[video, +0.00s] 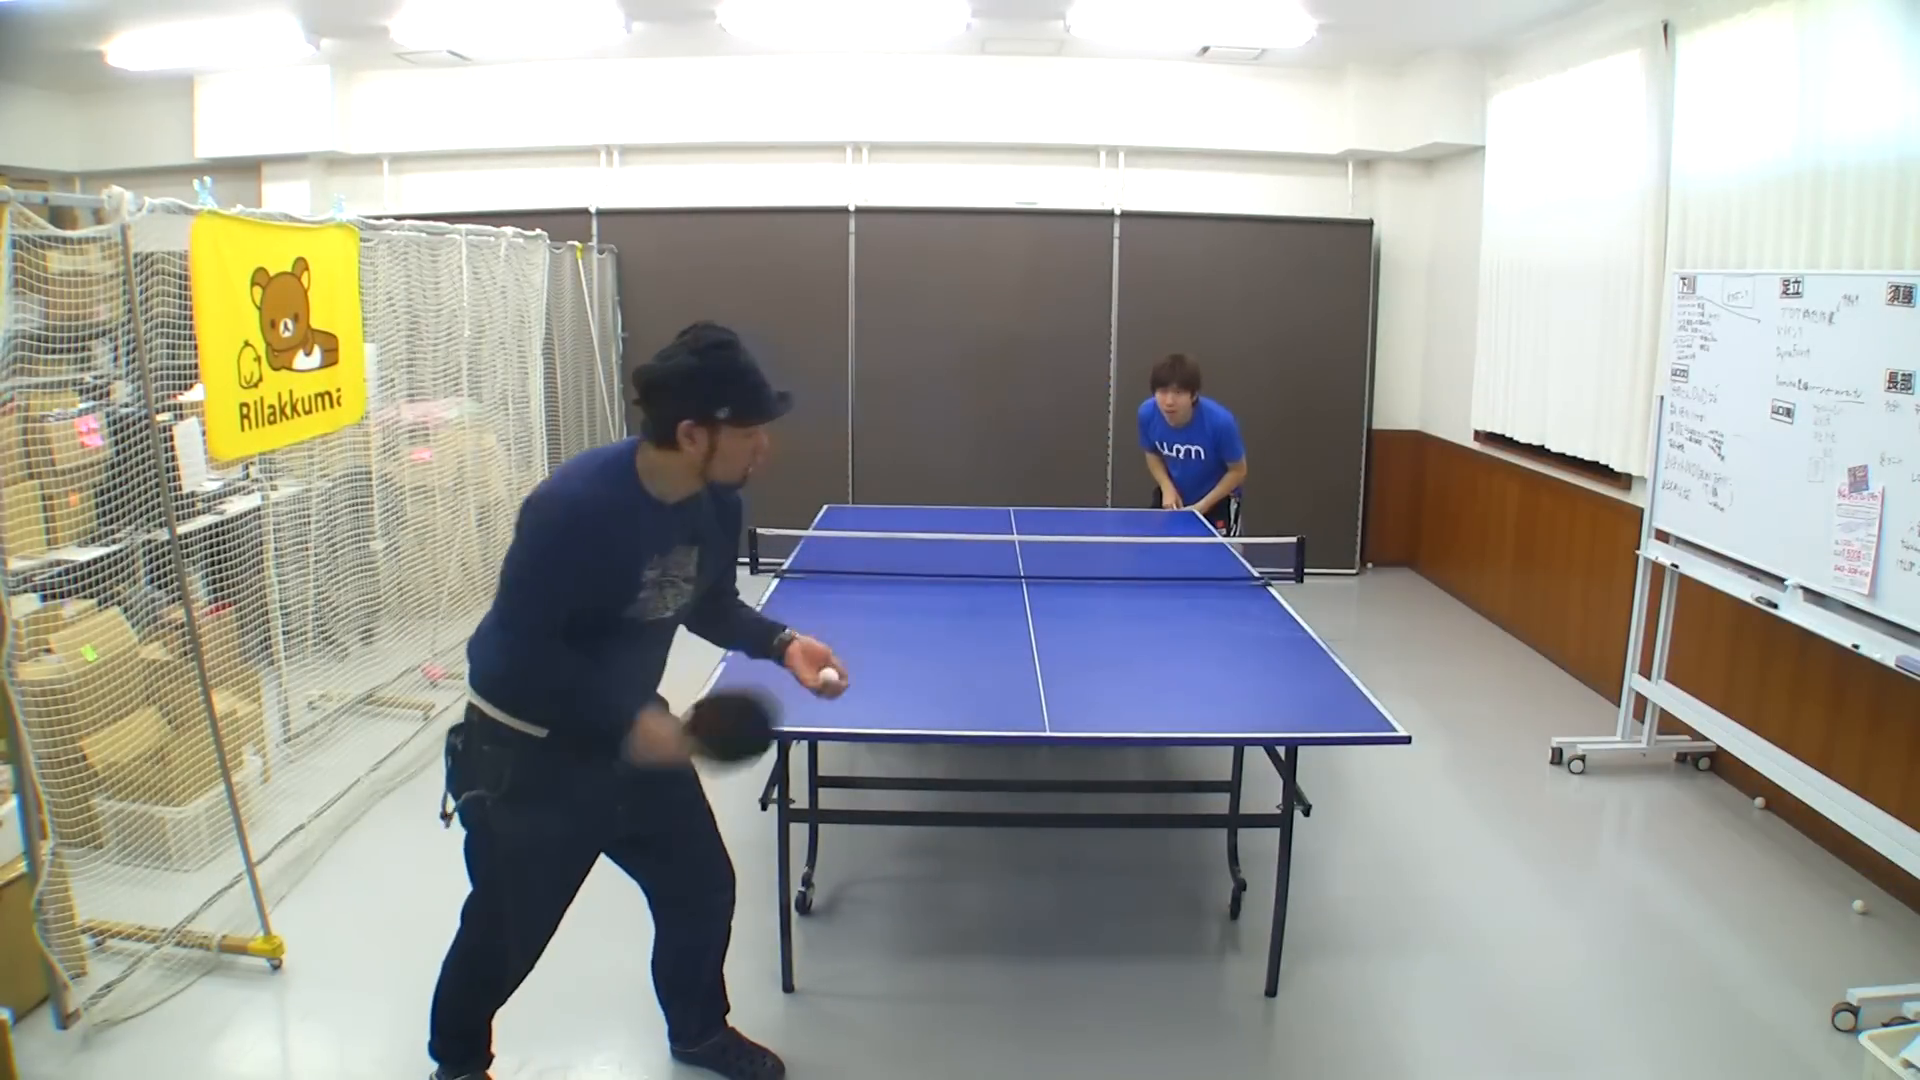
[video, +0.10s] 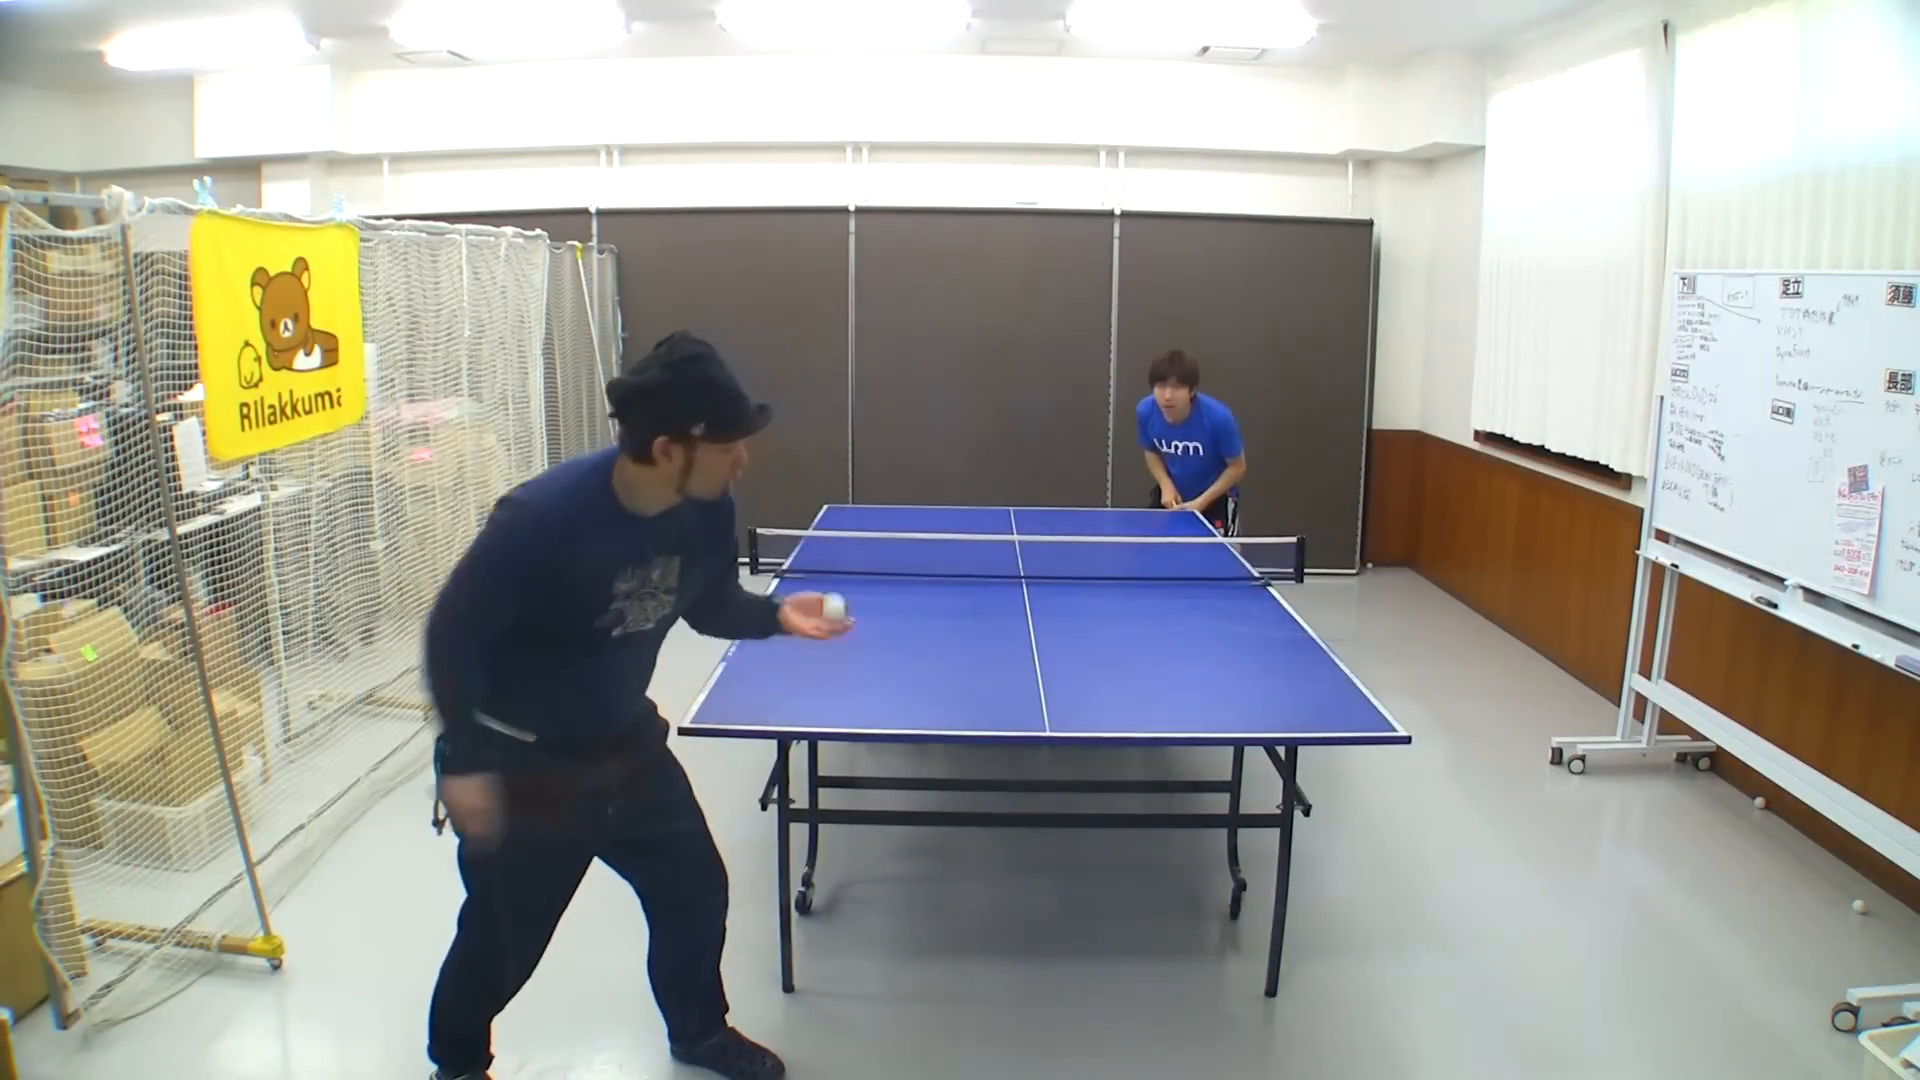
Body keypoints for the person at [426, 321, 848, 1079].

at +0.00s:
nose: (764, 445)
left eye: (763, 427)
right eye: (751, 429)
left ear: (699, 435)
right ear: (693, 434)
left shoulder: (715, 499)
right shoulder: (573, 507)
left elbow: (705, 604)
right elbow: (506, 656)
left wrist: (784, 644)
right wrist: (624, 716)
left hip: (630, 737)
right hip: (527, 748)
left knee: (701, 892)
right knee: (505, 932)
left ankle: (698, 1035)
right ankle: (457, 1061)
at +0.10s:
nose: (741, 462)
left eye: (741, 446)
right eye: (728, 448)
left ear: (679, 450)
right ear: (668, 449)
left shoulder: (705, 506)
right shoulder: (542, 518)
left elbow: (709, 604)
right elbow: (452, 632)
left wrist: (778, 613)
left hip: (627, 742)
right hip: (525, 760)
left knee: (695, 892)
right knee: (500, 942)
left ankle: (697, 1033)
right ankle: (457, 1059)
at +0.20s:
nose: (728, 476)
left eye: (727, 460)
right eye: (715, 464)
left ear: (661, 470)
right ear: (653, 470)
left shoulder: (697, 514)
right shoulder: (521, 529)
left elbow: (695, 591)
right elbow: (398, 603)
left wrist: (740, 659)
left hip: (620, 744)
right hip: (514, 761)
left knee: (691, 892)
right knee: (503, 943)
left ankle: (698, 1033)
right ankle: (457, 1056)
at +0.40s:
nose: (730, 539)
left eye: (730, 523)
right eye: (715, 525)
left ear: (660, 520)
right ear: (652, 524)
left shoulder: (688, 557)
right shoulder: (519, 586)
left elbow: (639, 630)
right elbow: (467, 722)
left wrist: (657, 688)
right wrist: (526, 795)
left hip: (612, 757)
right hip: (520, 779)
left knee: (703, 879)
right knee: (529, 969)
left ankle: (683, 1059)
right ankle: (455, 1055)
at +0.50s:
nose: (753, 569)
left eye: (755, 554)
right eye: (750, 556)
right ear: (705, 558)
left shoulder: (649, 542)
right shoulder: (581, 629)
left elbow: (595, 657)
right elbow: (600, 781)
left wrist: (645, 710)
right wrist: (744, 773)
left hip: (589, 778)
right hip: (513, 817)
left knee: (694, 899)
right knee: (561, 1000)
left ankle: (685, 1068)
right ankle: (452, 1057)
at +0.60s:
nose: (762, 525)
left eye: (765, 509)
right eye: (762, 512)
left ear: (672, 470)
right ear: (740, 528)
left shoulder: (611, 504)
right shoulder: (648, 636)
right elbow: (609, 775)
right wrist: (688, 769)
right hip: (512, 840)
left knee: (670, 896)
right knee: (601, 1007)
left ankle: (680, 1066)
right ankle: (421, 1070)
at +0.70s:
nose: (762, 503)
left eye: (767, 487)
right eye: (765, 489)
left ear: (664, 453)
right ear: (744, 502)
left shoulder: (573, 487)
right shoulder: (683, 628)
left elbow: (452, 543)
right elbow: (627, 764)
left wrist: (426, 668)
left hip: (449, 783)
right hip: (509, 827)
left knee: (619, 920)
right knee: (604, 994)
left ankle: (671, 1065)